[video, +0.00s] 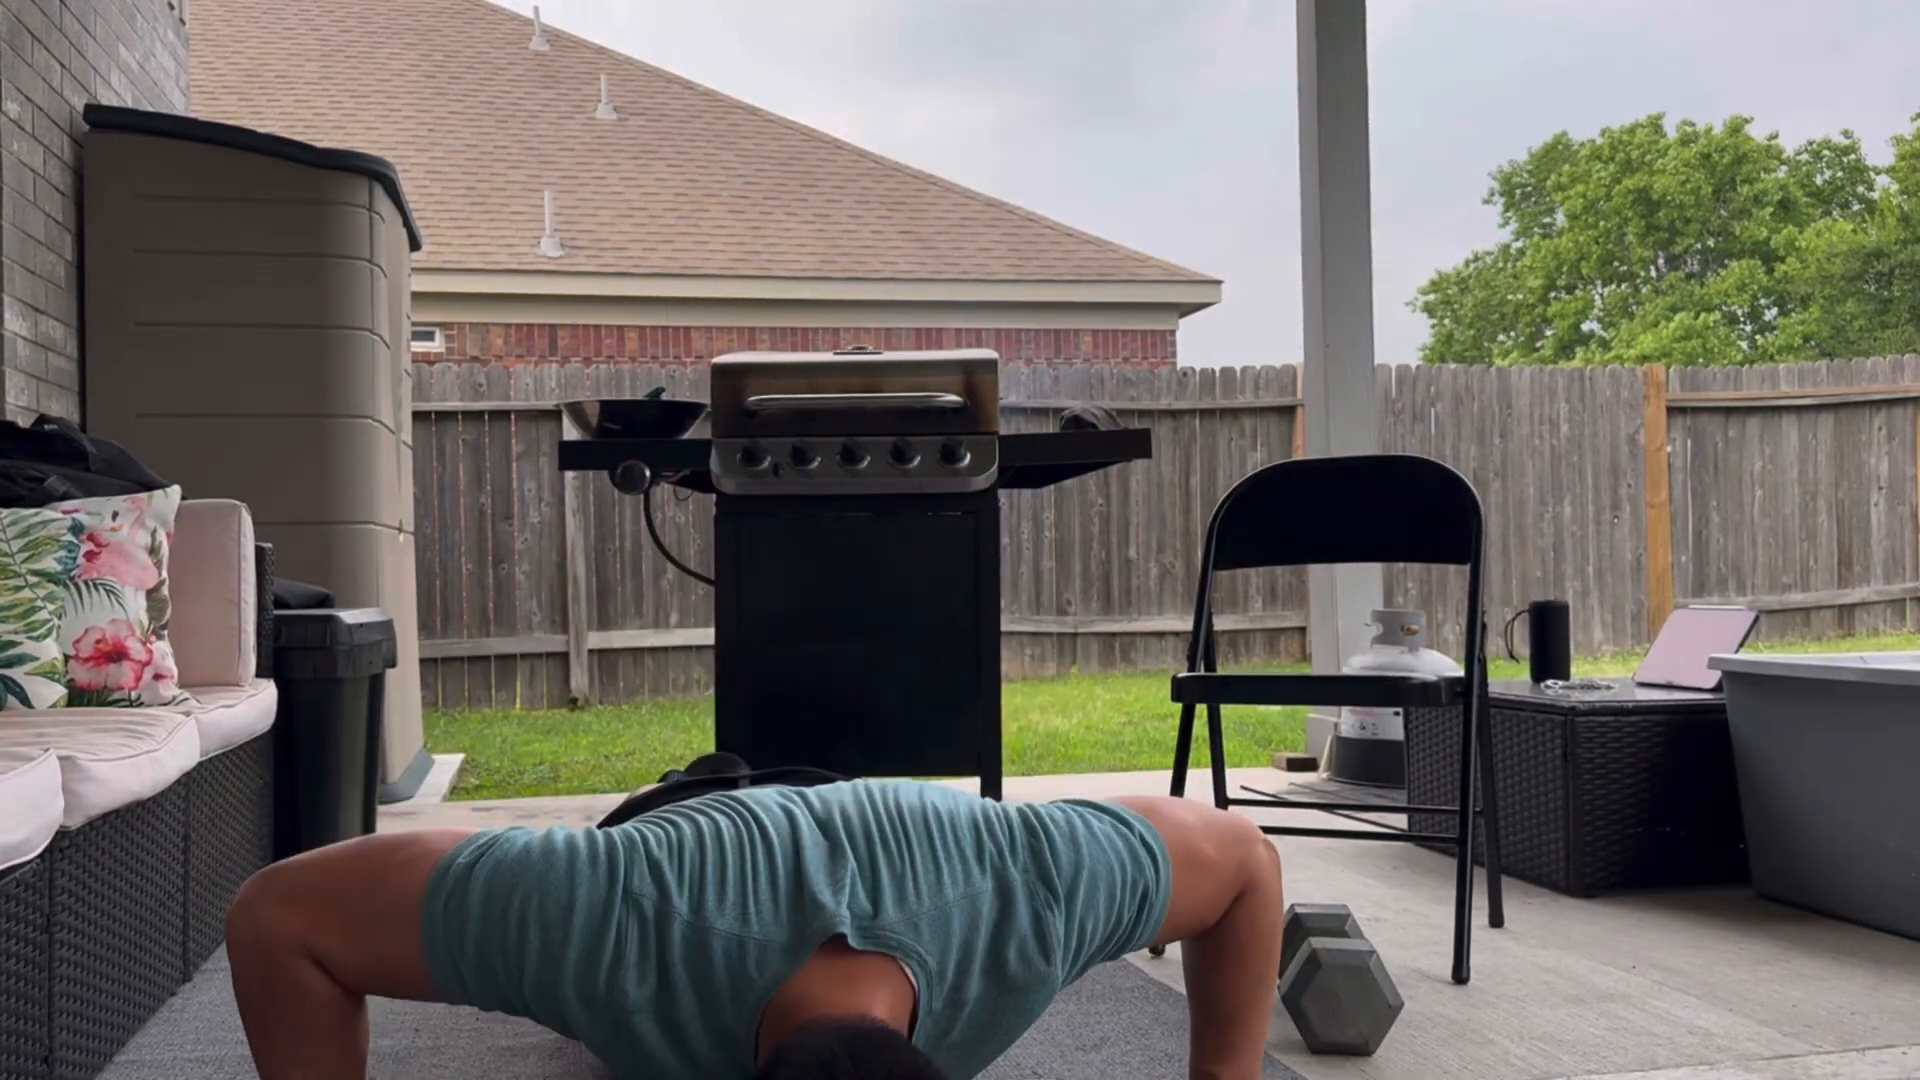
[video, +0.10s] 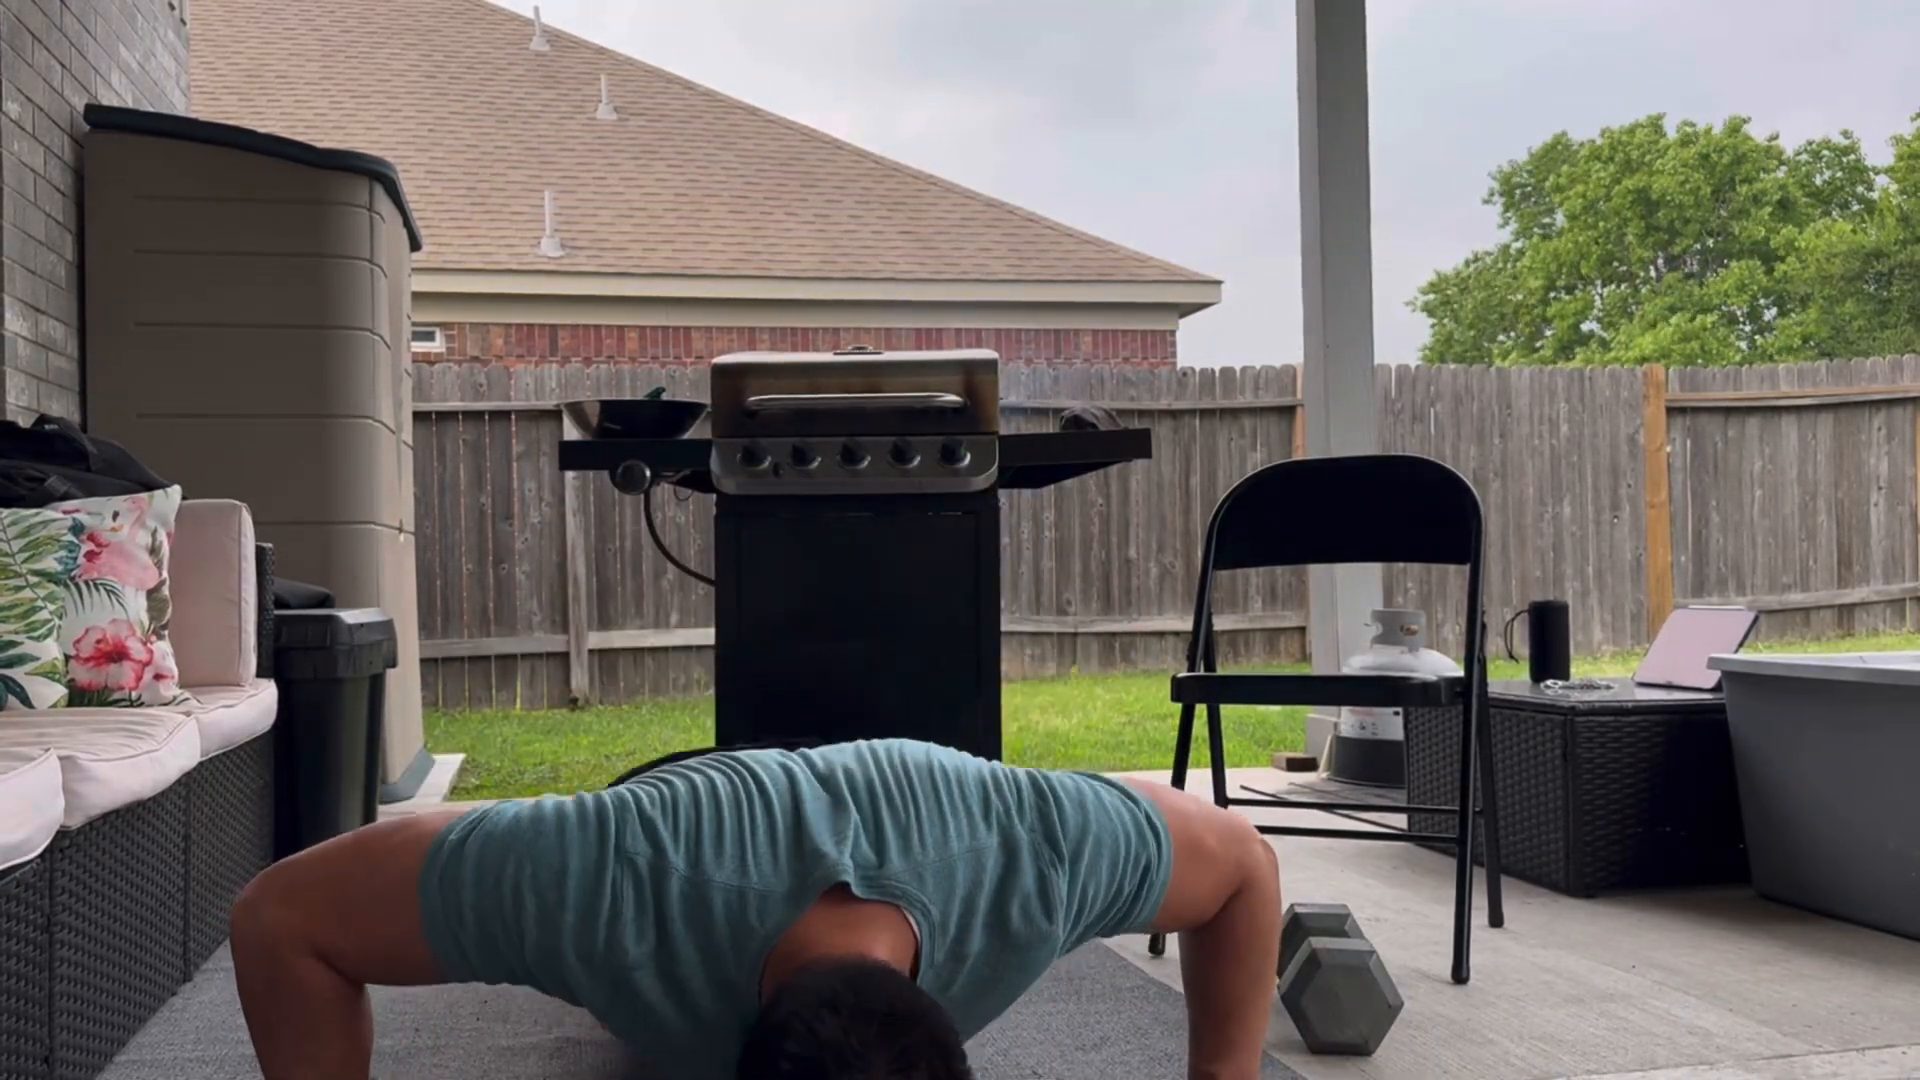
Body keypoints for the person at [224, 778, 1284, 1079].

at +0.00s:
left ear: (922, 1054)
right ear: (746, 1053)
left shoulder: (1041, 896)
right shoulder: (612, 936)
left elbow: (1245, 865)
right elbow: (279, 926)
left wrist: (1227, 1072)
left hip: (919, 814)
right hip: (682, 826)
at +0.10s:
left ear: (939, 1024)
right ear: (743, 1025)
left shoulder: (1043, 858)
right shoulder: (602, 887)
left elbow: (1242, 869)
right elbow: (281, 926)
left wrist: (1223, 1077)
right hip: (665, 818)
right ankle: (448, 802)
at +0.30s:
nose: (812, 961)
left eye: (863, 946)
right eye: (778, 934)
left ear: (957, 807)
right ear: (723, 786)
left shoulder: (1039, 664)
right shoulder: (589, 660)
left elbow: (1201, 863)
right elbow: (347, 903)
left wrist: (1214, 1069)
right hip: (674, 871)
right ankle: (625, 839)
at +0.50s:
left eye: (879, 1039)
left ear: (961, 867)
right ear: (729, 871)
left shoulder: (1038, 730)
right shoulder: (586, 735)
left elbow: (1217, 869)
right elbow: (306, 916)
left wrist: (1219, 1071)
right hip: (656, 883)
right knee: (657, 937)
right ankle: (660, 924)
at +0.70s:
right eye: (806, 1050)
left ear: (929, 1037)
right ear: (744, 1036)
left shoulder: (1043, 879)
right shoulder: (604, 909)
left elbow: (1245, 870)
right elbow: (283, 927)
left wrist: (1227, 1073)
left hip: (928, 813)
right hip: (689, 827)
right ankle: (437, 816)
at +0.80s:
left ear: (932, 1045)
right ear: (750, 1045)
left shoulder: (1043, 888)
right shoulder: (611, 928)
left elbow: (1246, 867)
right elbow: (283, 926)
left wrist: (1226, 1069)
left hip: (919, 812)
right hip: (674, 828)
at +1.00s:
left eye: (895, 1060)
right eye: (790, 1049)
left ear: (963, 918)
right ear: (731, 919)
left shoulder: (1050, 762)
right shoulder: (586, 778)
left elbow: (1229, 873)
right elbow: (294, 924)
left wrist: (1223, 1067)